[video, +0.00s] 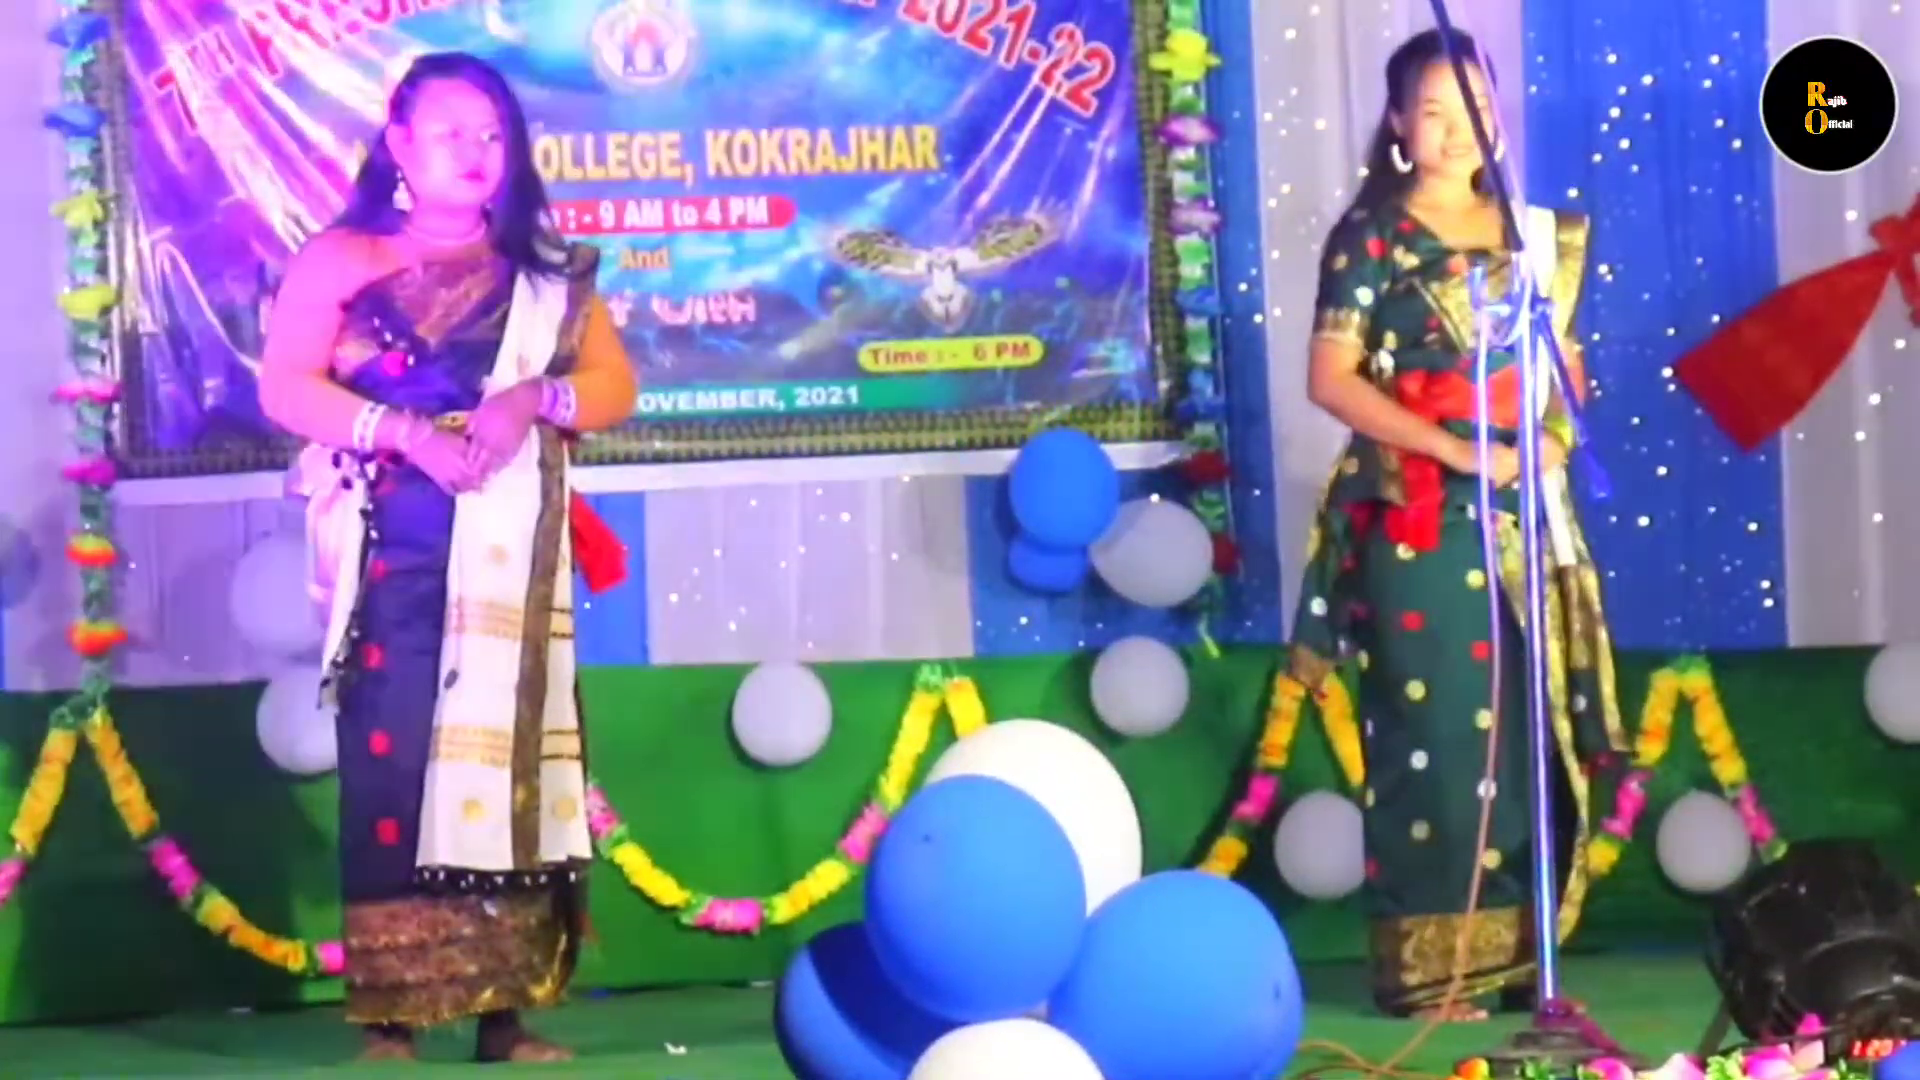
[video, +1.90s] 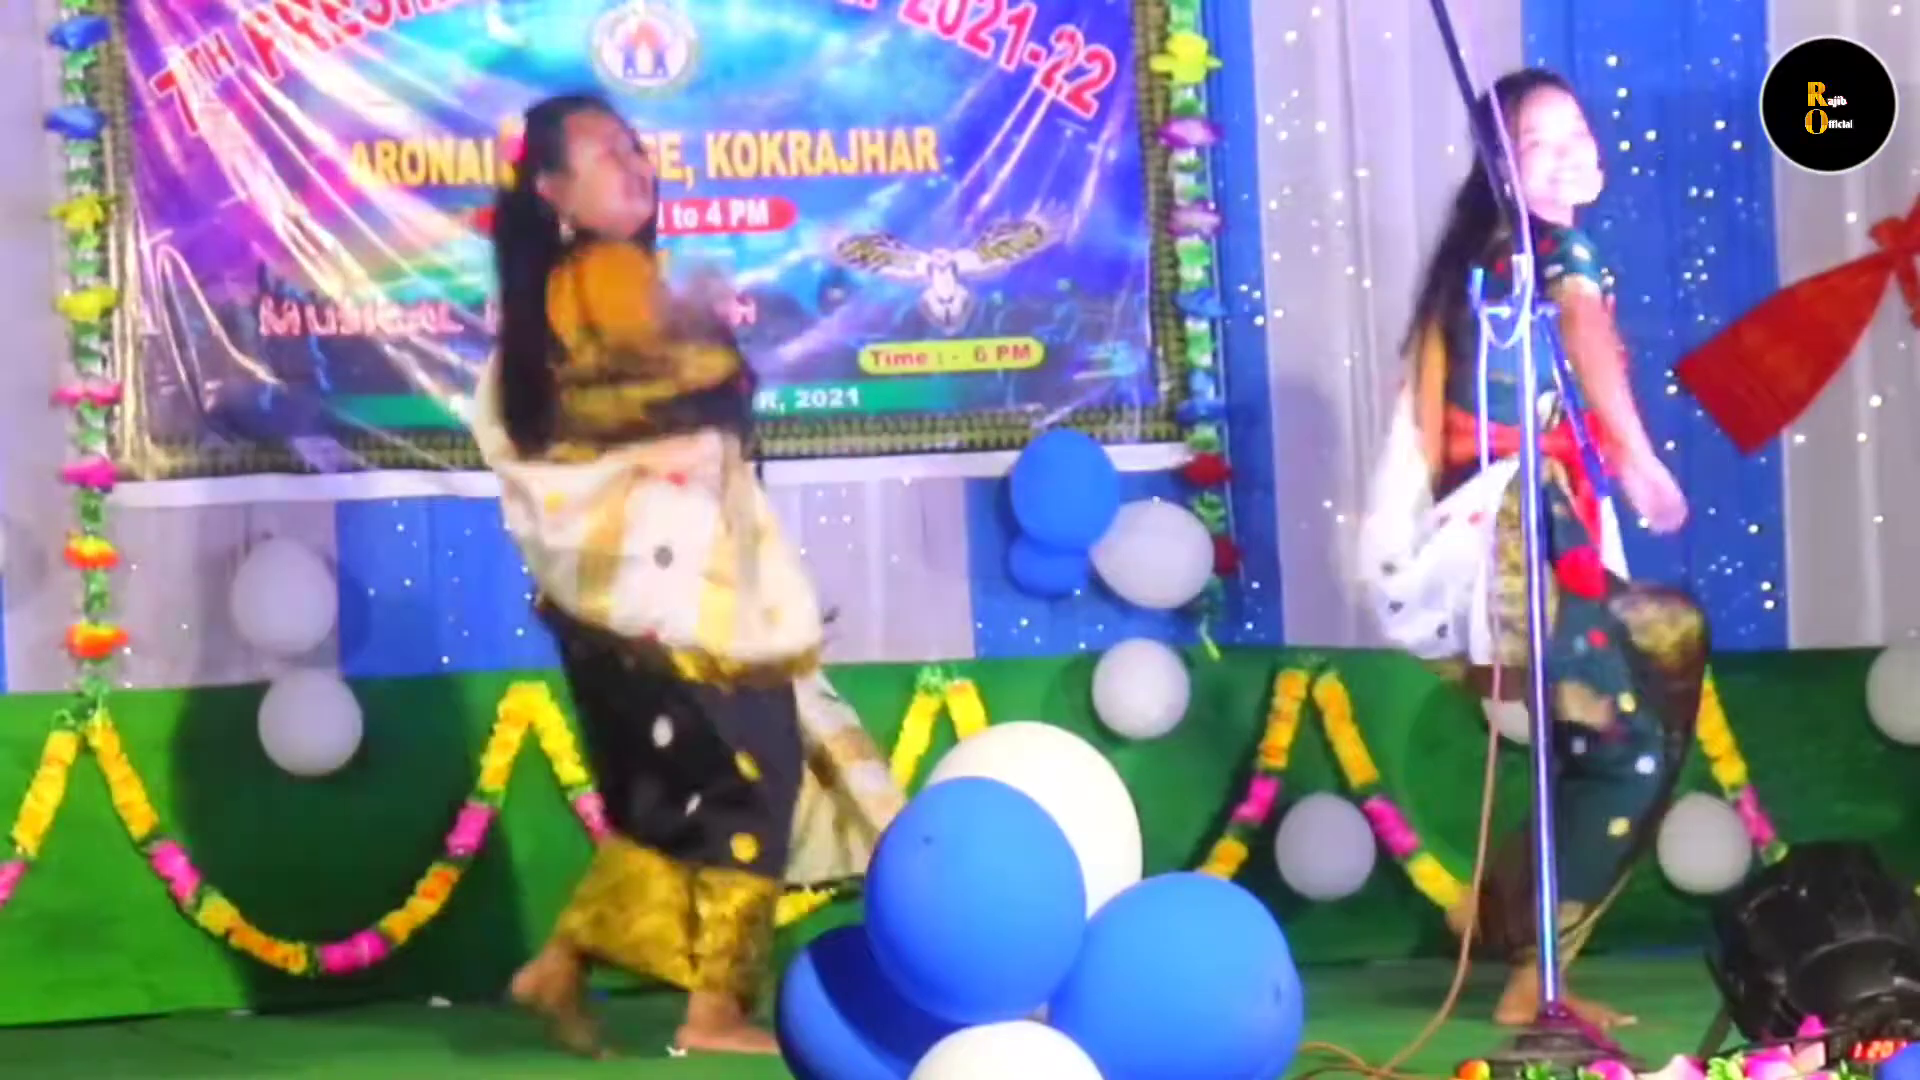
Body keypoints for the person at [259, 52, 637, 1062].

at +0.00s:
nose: (471, 152)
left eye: (488, 135)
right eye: (447, 132)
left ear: (512, 152)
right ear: (398, 147)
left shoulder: (547, 271)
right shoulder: (341, 260)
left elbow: (616, 387)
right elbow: (283, 387)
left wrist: (534, 398)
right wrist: (403, 430)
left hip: (514, 562)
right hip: (396, 559)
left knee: (514, 765)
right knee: (393, 771)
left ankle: (506, 1013)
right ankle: (386, 1012)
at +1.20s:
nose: (513, 141)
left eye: (519, 125)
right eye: (488, 126)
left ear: (529, 137)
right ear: (428, 141)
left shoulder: (556, 260)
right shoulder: (374, 251)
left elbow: (631, 380)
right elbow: (327, 374)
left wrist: (574, 406)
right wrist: (448, 397)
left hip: (536, 547)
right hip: (422, 544)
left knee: (530, 752)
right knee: (408, 760)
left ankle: (513, 1010)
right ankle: (390, 1012)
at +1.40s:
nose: (533, 146)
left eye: (534, 127)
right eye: (505, 134)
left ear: (546, 149)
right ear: (451, 166)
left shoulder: (549, 271)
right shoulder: (453, 266)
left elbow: (664, 360)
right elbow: (548, 340)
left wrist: (673, 275)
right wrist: (626, 276)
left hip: (577, 556)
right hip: (501, 558)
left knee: (579, 776)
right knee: (520, 773)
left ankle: (510, 1010)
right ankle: (421, 979)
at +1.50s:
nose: (550, 125)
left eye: (547, 108)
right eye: (523, 115)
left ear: (547, 132)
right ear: (469, 148)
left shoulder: (528, 237)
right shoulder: (493, 236)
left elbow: (678, 318)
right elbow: (632, 280)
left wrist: (639, 213)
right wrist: (637, 202)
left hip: (550, 546)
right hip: (529, 549)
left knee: (563, 765)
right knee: (566, 766)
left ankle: (511, 1007)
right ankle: (497, 1013)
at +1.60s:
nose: (580, 114)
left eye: (570, 98)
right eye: (555, 102)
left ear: (489, 138)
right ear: (498, 131)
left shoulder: (460, 245)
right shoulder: (561, 230)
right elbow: (677, 326)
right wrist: (714, 280)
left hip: (502, 560)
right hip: (595, 549)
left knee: (543, 764)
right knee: (690, 708)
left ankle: (511, 1003)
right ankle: (635, 953)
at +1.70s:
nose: (596, 145)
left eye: (586, 127)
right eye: (569, 133)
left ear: (504, 169)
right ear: (515, 162)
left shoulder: (469, 282)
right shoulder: (589, 268)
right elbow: (687, 371)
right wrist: (783, 400)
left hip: (527, 588)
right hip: (634, 576)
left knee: (575, 792)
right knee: (723, 746)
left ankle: (524, 1018)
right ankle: (715, 986)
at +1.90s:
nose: (644, 165)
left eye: (637, 148)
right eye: (616, 155)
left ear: (570, 199)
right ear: (558, 193)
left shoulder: (555, 283)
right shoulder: (612, 274)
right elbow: (682, 379)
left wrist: (700, 333)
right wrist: (727, 351)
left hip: (606, 594)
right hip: (681, 588)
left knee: (661, 800)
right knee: (759, 779)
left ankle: (559, 968)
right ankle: (716, 1012)